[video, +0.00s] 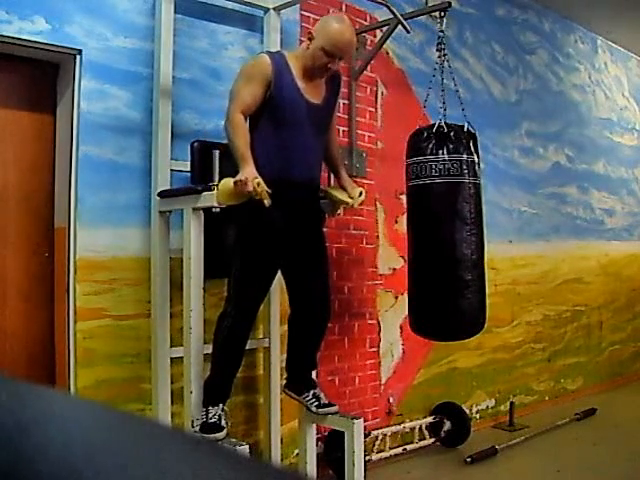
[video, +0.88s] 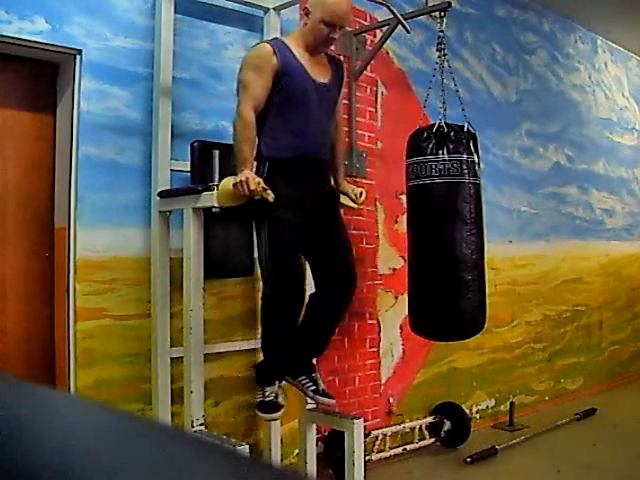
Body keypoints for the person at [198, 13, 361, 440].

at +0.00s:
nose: (333, 65)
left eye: (339, 61)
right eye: (329, 56)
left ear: (344, 58)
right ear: (311, 39)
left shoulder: (331, 84)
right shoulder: (265, 67)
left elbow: (325, 134)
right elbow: (236, 115)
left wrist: (343, 175)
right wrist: (246, 166)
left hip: (304, 208)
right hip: (262, 205)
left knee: (314, 303)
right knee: (241, 308)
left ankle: (300, 381)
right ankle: (213, 404)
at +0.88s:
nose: (334, 35)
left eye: (340, 29)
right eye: (330, 25)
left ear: (344, 28)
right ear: (307, 12)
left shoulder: (334, 68)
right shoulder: (267, 55)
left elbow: (333, 124)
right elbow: (246, 113)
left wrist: (339, 177)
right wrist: (246, 169)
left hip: (316, 185)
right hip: (276, 184)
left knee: (340, 280)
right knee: (284, 284)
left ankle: (301, 360)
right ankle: (270, 375)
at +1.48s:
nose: (361, 83)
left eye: (364, 74)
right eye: (354, 73)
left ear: (364, 73)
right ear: (328, 66)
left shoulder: (350, 108)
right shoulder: (286, 93)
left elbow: (339, 146)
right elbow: (231, 117)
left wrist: (340, 180)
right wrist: (242, 169)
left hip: (305, 223)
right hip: (266, 220)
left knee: (327, 316)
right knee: (281, 315)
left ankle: (279, 396)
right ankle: (252, 391)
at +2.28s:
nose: (368, 76)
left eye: (372, 67)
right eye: (361, 65)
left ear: (372, 68)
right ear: (336, 60)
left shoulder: (357, 107)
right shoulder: (293, 96)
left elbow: (327, 153)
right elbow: (235, 116)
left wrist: (338, 185)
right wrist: (242, 170)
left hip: (308, 227)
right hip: (268, 223)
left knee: (318, 322)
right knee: (258, 319)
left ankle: (241, 357)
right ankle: (239, 361)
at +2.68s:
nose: (362, 48)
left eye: (367, 40)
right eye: (356, 38)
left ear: (367, 42)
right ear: (330, 32)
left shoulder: (350, 80)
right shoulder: (282, 70)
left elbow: (334, 136)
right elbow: (240, 114)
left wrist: (341, 179)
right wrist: (243, 170)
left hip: (311, 206)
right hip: (271, 202)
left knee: (321, 297)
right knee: (260, 291)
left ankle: (244, 332)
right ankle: (245, 341)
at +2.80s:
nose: (365, 85)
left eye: (369, 76)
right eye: (359, 74)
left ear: (371, 74)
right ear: (334, 66)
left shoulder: (352, 111)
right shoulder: (289, 95)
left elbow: (336, 148)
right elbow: (233, 117)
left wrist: (341, 180)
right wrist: (243, 169)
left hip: (304, 230)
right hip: (264, 222)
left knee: (321, 318)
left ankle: (251, 373)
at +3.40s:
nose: (364, 70)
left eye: (369, 61)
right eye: (357, 59)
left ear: (370, 62)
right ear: (333, 54)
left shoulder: (355, 101)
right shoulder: (291, 91)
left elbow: (319, 152)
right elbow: (234, 115)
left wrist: (339, 184)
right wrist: (243, 170)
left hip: (306, 224)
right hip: (267, 221)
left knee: (326, 316)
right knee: (265, 323)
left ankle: (251, 361)